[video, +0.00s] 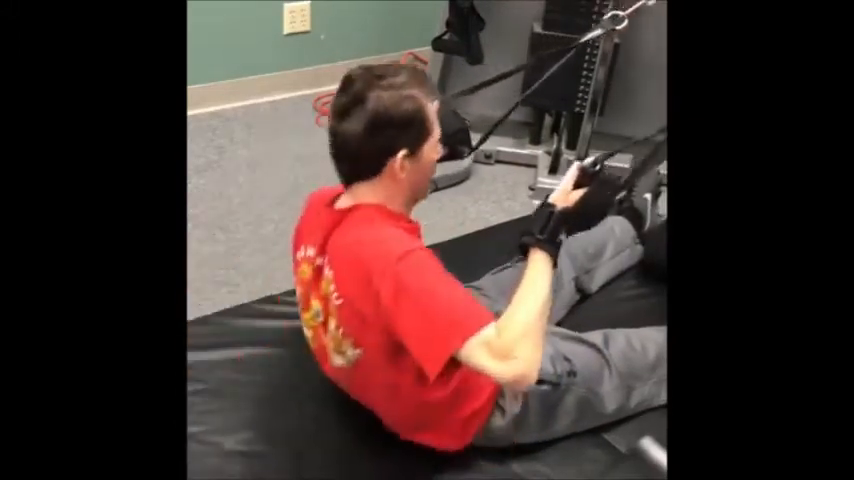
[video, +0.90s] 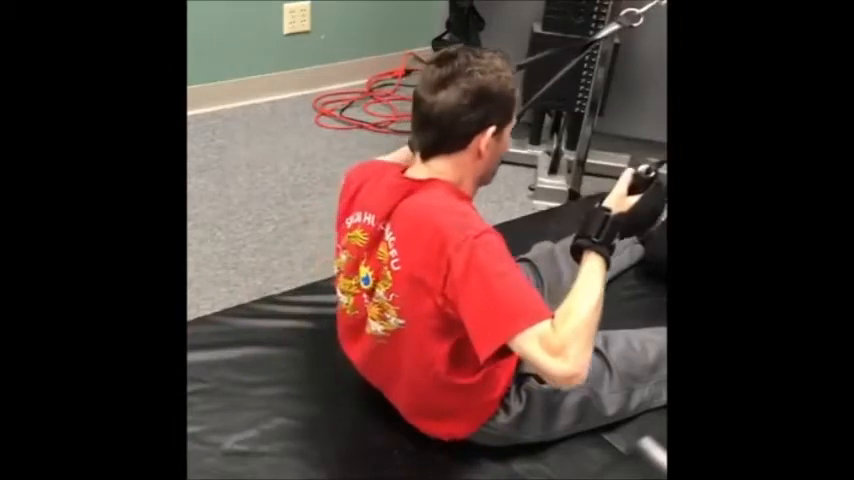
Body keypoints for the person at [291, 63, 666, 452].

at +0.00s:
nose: (442, 152)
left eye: (439, 138)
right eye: (435, 142)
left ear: (346, 151)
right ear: (400, 164)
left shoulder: (321, 208)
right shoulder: (394, 260)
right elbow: (515, 362)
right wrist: (546, 237)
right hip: (479, 397)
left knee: (563, 257)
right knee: (657, 354)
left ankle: (635, 218)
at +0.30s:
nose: (480, 143)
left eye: (480, 131)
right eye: (477, 132)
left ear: (393, 130)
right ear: (446, 144)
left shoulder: (348, 187)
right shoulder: (432, 234)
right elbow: (536, 353)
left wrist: (569, 207)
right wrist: (567, 228)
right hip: (486, 400)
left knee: (559, 260)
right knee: (664, 350)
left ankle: (638, 224)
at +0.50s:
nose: (493, 146)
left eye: (496, 132)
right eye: (494, 133)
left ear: (407, 122)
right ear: (467, 139)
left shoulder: (355, 182)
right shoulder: (448, 231)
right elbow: (547, 355)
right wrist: (580, 229)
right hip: (485, 402)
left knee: (577, 246)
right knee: (665, 350)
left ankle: (643, 227)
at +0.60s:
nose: (495, 146)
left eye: (499, 133)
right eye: (497, 133)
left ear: (410, 123)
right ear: (473, 140)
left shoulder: (357, 181)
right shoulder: (453, 233)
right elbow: (552, 357)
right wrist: (587, 234)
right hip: (482, 403)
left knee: (570, 252)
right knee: (664, 349)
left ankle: (641, 230)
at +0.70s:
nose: (499, 145)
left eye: (502, 132)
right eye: (500, 132)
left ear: (413, 126)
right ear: (474, 141)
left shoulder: (357, 182)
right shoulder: (455, 235)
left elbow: (409, 158)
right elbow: (556, 361)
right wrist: (593, 229)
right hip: (482, 404)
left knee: (572, 254)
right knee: (665, 349)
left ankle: (643, 229)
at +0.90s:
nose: (508, 146)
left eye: (510, 132)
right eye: (509, 133)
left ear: (423, 127)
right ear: (484, 142)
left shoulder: (361, 182)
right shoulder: (465, 238)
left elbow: (417, 153)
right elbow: (565, 362)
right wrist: (602, 235)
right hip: (480, 406)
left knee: (575, 253)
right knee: (664, 350)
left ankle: (640, 231)